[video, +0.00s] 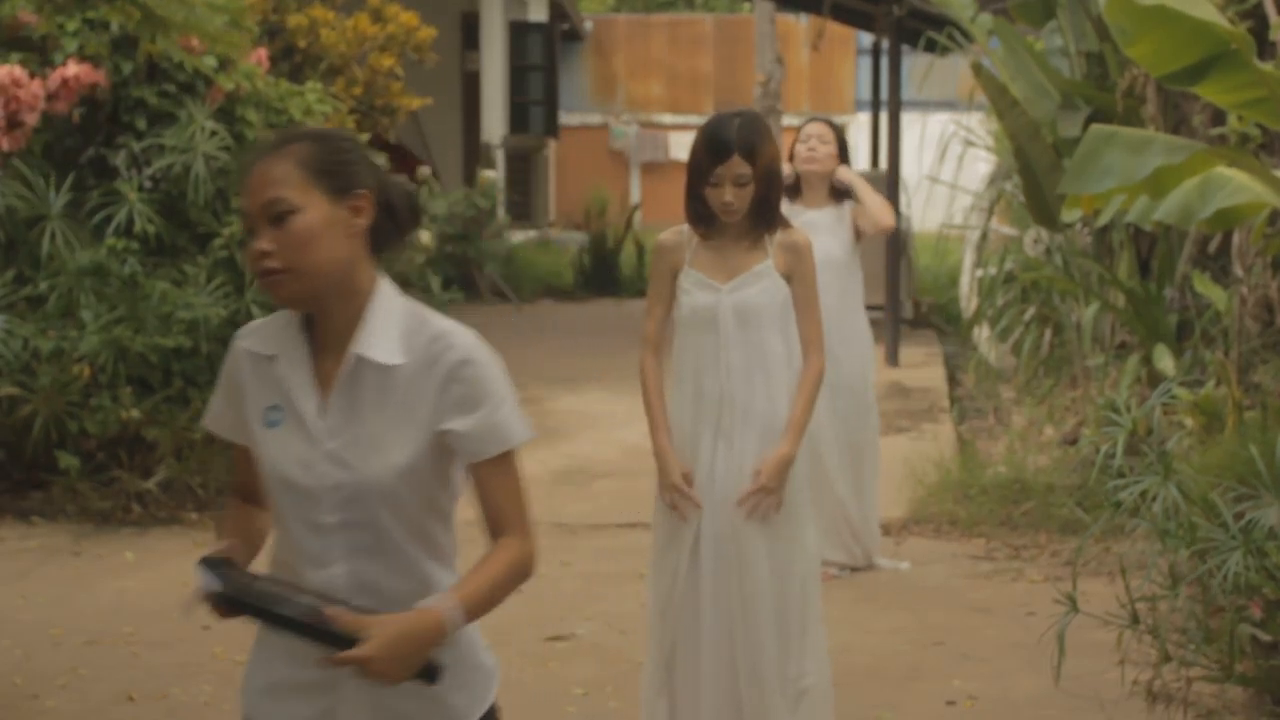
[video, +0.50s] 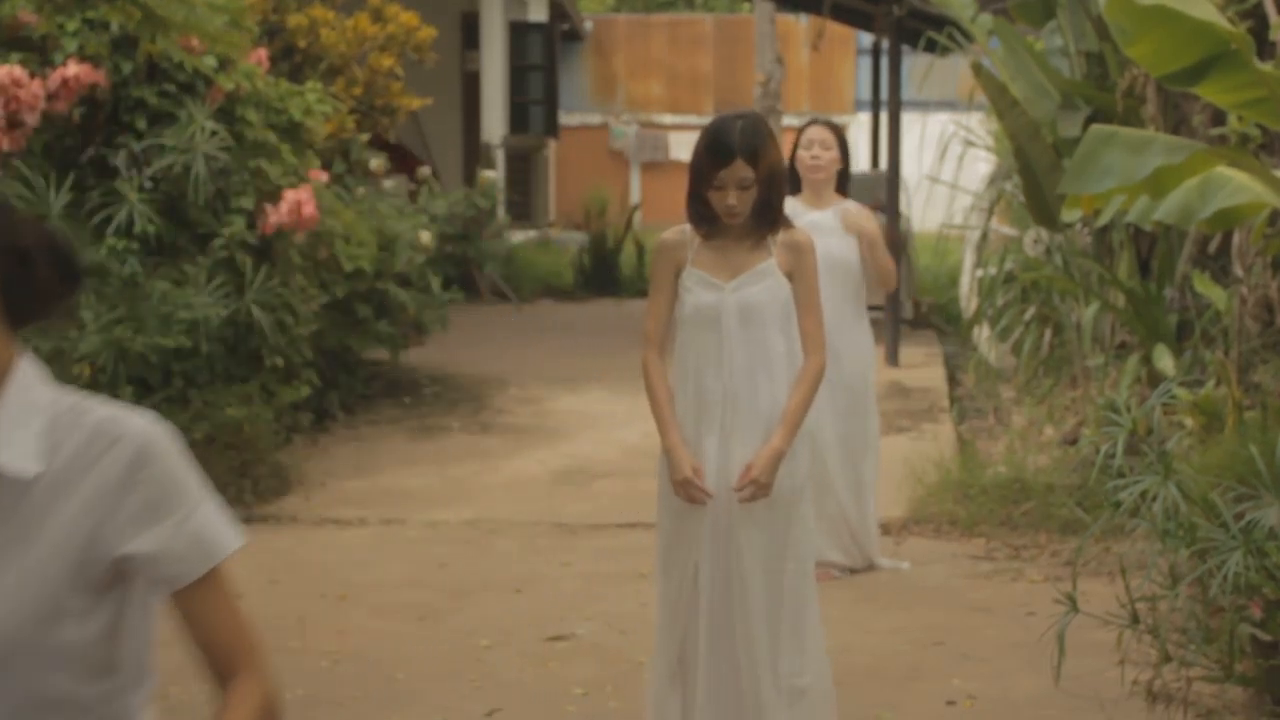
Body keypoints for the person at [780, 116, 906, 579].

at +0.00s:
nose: (811, 148)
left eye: (821, 142)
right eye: (804, 141)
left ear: (839, 159)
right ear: (791, 156)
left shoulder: (848, 209)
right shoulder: (776, 208)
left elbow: (884, 222)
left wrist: (853, 176)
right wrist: (773, 174)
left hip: (845, 334)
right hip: (792, 335)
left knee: (847, 436)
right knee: (798, 435)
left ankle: (851, 543)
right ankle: (805, 545)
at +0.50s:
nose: (816, 155)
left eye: (825, 148)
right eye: (808, 148)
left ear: (841, 159)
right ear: (794, 158)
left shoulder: (858, 216)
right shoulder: (779, 214)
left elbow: (886, 283)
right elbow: (762, 279)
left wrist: (870, 237)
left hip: (847, 335)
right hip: (792, 334)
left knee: (844, 438)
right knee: (796, 437)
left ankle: (845, 544)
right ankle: (801, 546)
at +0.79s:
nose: (813, 169)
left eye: (822, 160)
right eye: (804, 159)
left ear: (838, 165)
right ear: (793, 164)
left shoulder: (862, 219)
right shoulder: (781, 217)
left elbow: (875, 284)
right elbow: (769, 286)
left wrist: (875, 339)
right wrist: (772, 345)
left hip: (847, 350)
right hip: (794, 348)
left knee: (847, 448)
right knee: (799, 443)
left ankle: (850, 545)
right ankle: (804, 545)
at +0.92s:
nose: (814, 168)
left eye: (823, 159)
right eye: (806, 158)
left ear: (838, 164)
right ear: (793, 163)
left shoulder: (862, 218)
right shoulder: (780, 218)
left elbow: (877, 287)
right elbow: (769, 289)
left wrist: (880, 351)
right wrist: (771, 351)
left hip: (850, 347)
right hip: (796, 347)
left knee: (850, 447)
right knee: (801, 441)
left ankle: (852, 545)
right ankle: (808, 544)